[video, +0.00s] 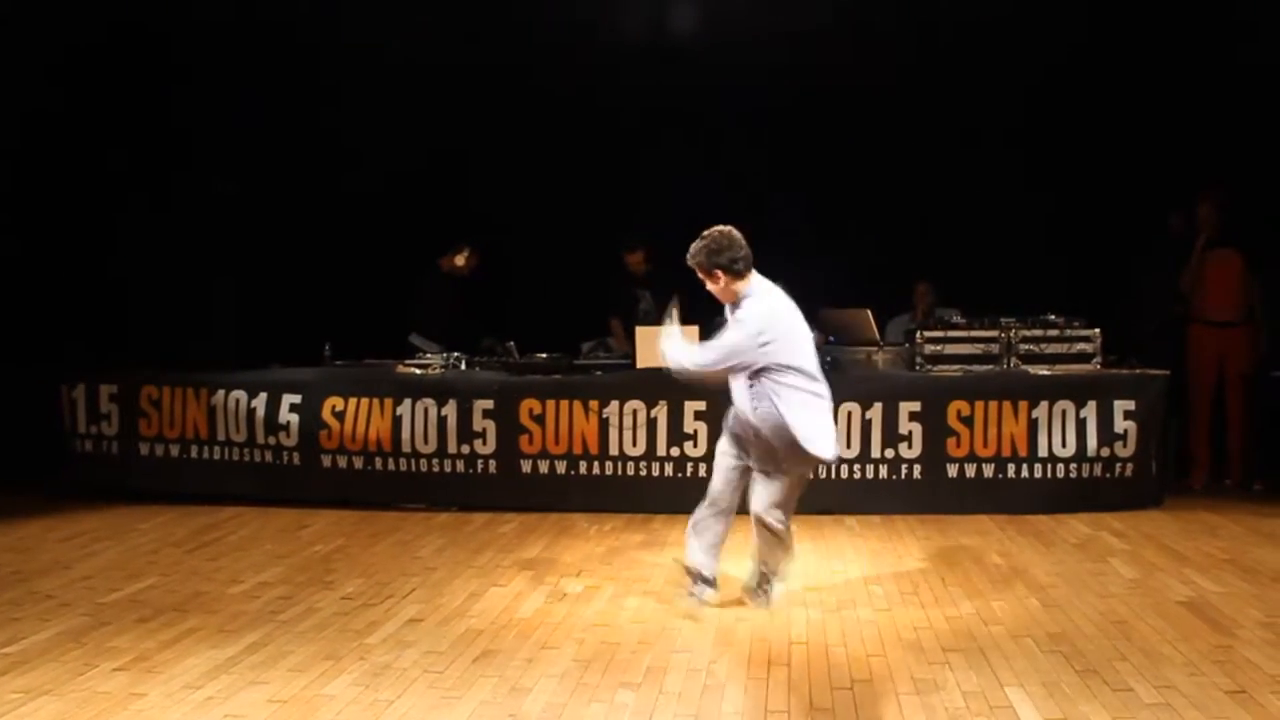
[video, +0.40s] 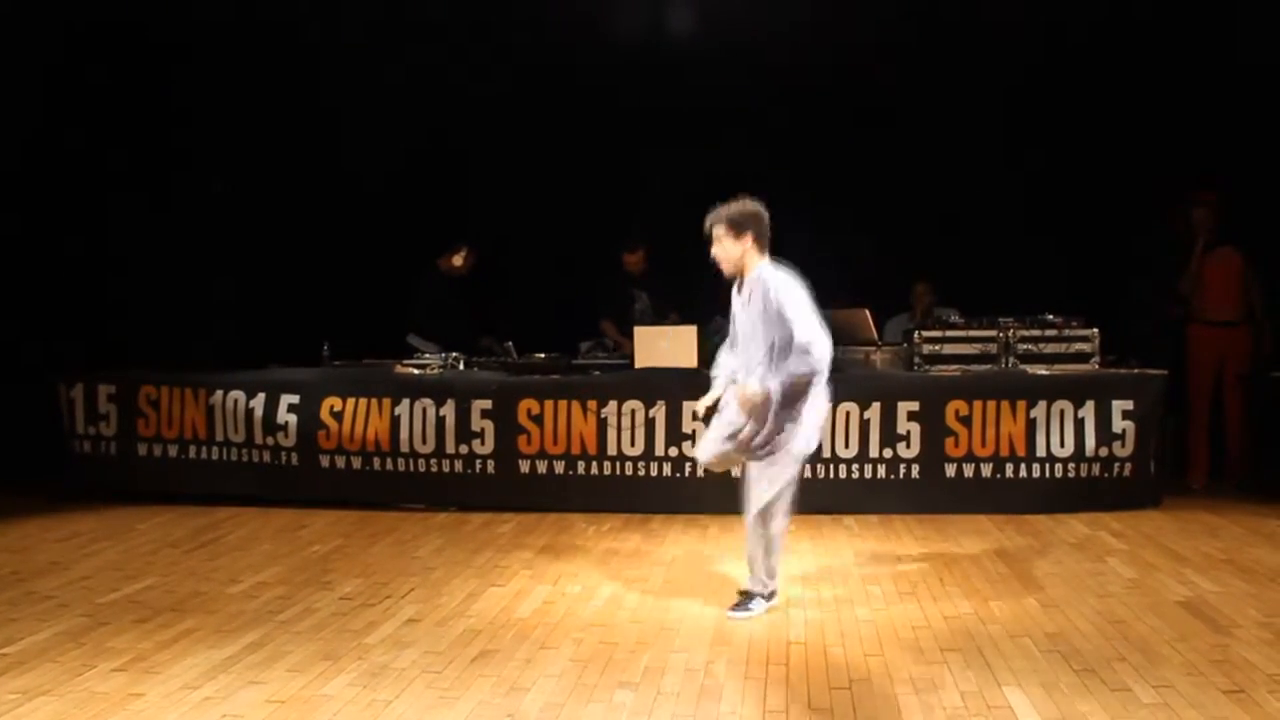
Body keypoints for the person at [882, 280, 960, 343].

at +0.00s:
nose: (922, 299)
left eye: (926, 295)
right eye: (919, 295)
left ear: (933, 297)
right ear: (914, 298)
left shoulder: (951, 317)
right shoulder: (896, 325)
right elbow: (893, 359)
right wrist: (917, 323)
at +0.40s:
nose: (920, 299)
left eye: (924, 295)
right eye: (917, 295)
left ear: (932, 297)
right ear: (912, 298)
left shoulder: (950, 317)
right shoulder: (894, 326)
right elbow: (891, 361)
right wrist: (916, 322)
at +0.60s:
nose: (922, 287)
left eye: (926, 283)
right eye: (919, 283)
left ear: (934, 285)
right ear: (914, 286)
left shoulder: (952, 306)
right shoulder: (897, 314)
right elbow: (893, 349)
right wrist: (918, 312)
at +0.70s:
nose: (925, 274)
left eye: (929, 270)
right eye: (921, 271)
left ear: (936, 272)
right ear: (916, 273)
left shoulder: (955, 294)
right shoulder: (900, 302)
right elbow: (895, 337)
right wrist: (920, 299)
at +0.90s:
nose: (925, 271)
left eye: (929, 267)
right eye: (922, 268)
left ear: (937, 270)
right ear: (916, 271)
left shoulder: (954, 290)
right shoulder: (900, 298)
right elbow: (897, 332)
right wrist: (921, 296)